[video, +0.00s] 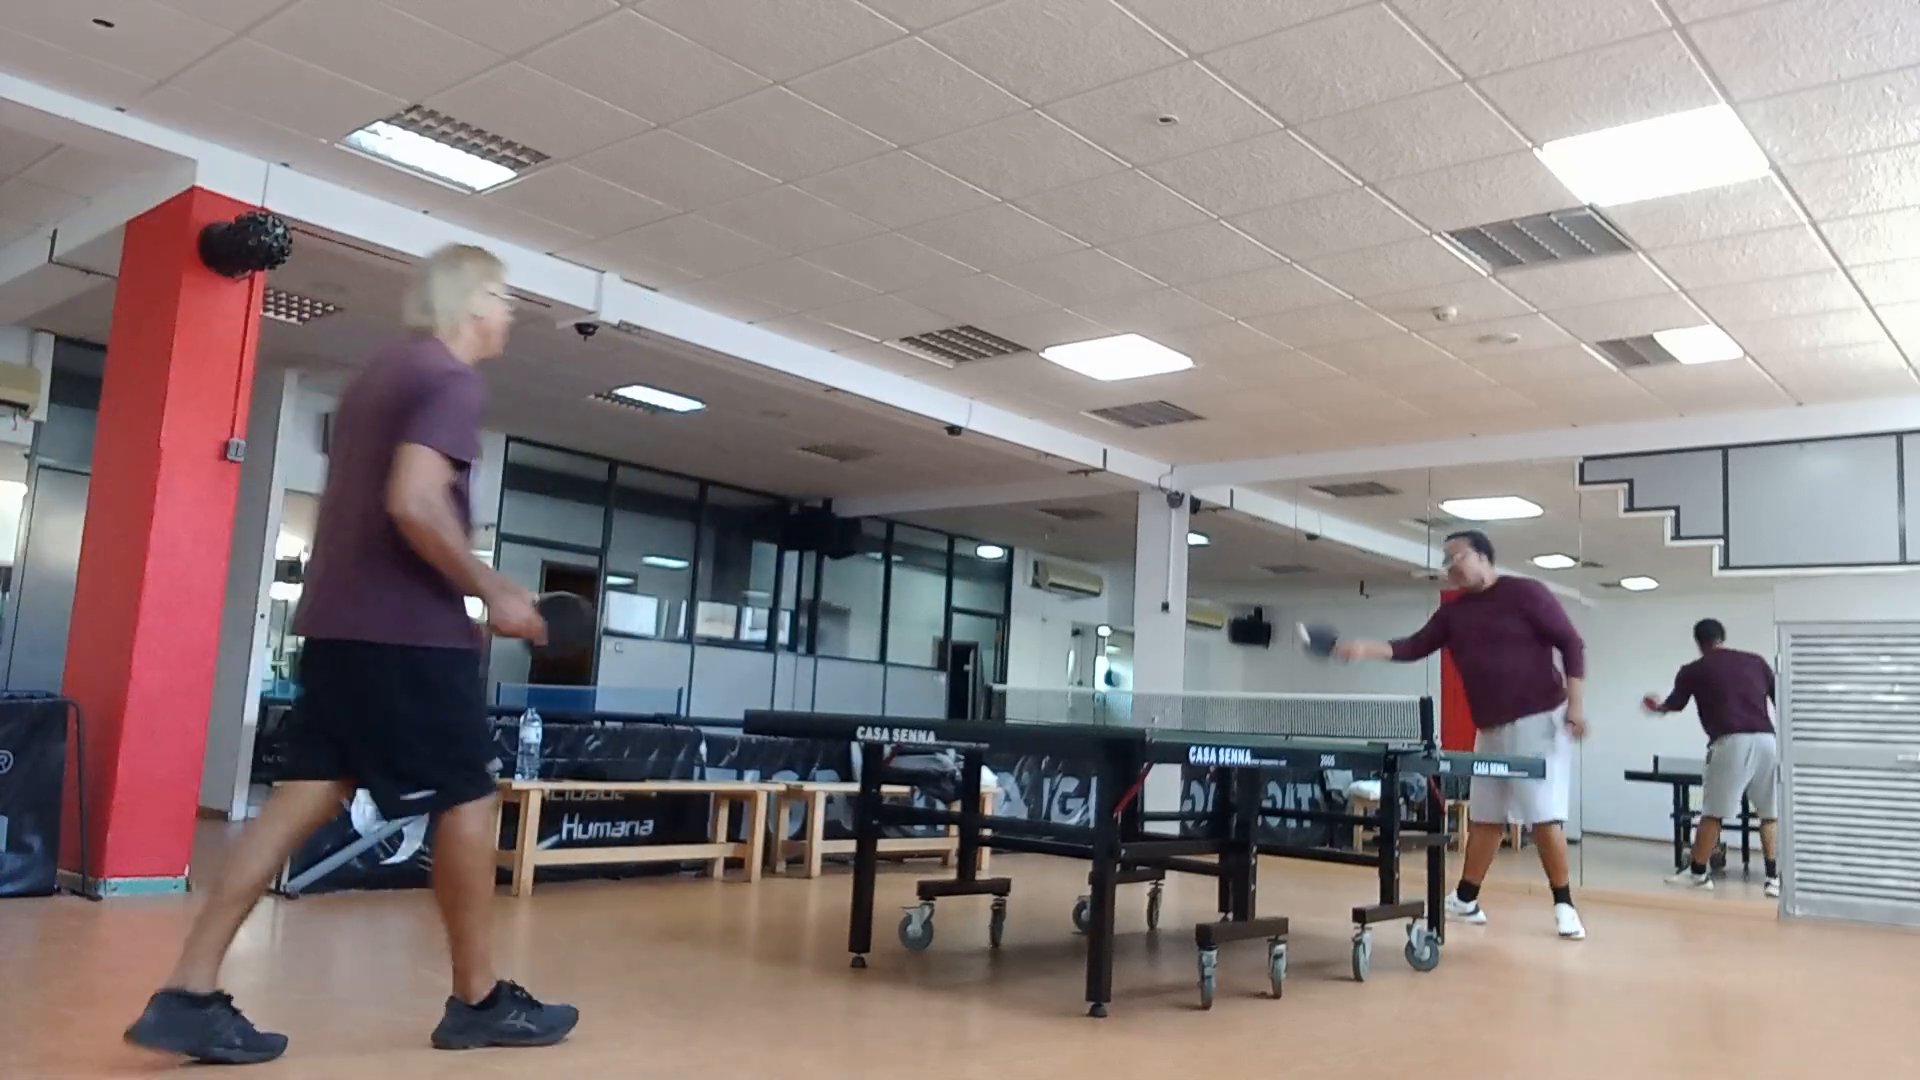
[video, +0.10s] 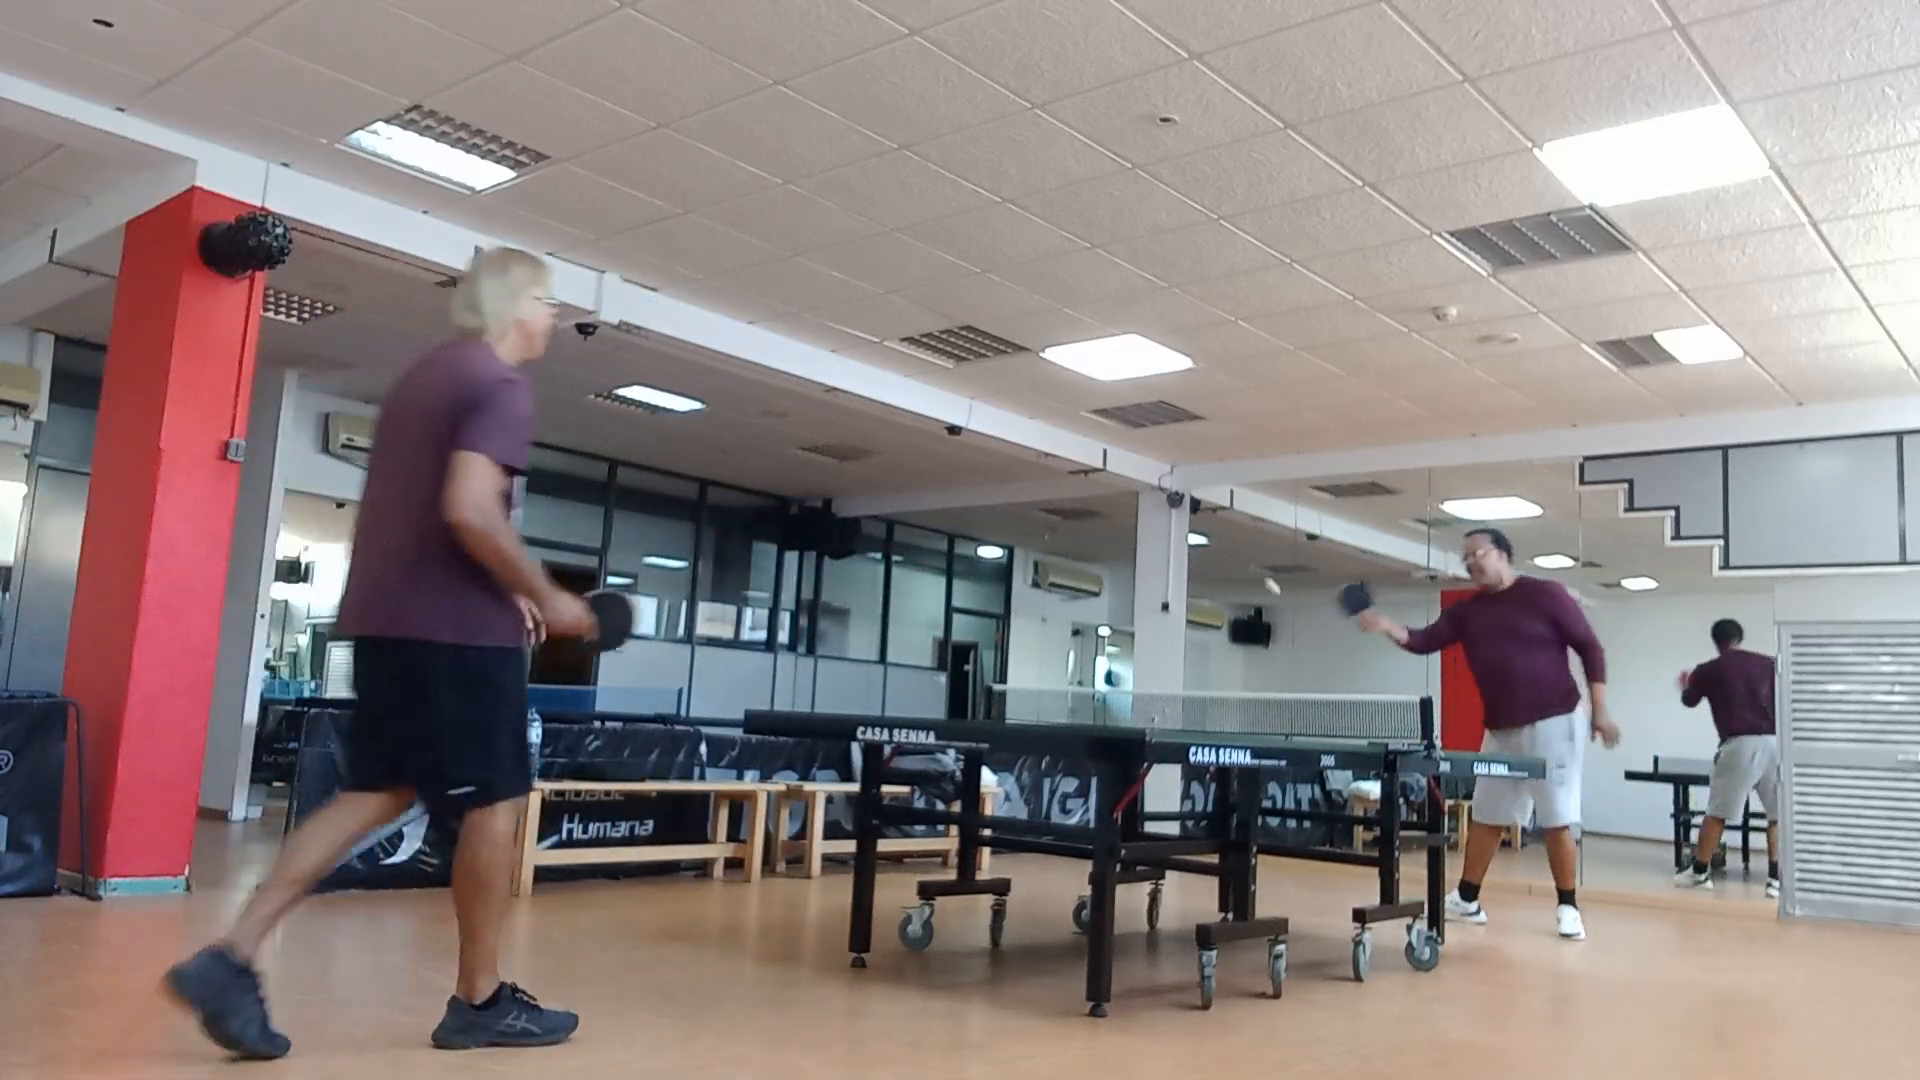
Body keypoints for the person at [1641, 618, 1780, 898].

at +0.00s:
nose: (1705, 646)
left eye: (1701, 642)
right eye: (1712, 641)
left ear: (1698, 643)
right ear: (1723, 638)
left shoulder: (1693, 671)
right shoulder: (1754, 661)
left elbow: (1676, 703)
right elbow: (1780, 699)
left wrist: (1656, 708)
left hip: (1730, 743)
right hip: (1766, 742)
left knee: (1713, 813)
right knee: (1769, 814)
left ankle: (1697, 872)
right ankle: (1773, 878)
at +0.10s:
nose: (1726, 645)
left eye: (1720, 641)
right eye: (1732, 639)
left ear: (1715, 642)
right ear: (1740, 638)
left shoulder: (1708, 670)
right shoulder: (1767, 663)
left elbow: (1690, 700)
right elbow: (1782, 695)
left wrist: (1686, 685)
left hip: (1739, 745)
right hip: (1775, 744)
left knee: (1717, 812)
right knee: (1777, 816)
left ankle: (1698, 871)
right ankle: (1776, 878)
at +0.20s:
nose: (1749, 643)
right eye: (1753, 638)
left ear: (1733, 640)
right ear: (1757, 638)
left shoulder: (1721, 669)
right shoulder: (1776, 663)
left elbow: (1705, 704)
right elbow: (1789, 696)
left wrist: (1727, 685)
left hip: (1745, 745)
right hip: (1780, 744)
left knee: (1727, 811)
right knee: (1780, 816)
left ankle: (1711, 870)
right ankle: (1776, 879)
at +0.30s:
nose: (1769, 642)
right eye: (1771, 636)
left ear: (1750, 638)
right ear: (1773, 636)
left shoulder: (1734, 669)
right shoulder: (1787, 665)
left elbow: (1722, 711)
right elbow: (1797, 701)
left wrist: (1744, 706)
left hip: (1752, 743)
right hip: (1784, 742)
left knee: (1746, 808)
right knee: (1783, 810)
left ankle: (1741, 867)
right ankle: (1777, 873)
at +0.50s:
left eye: (1783, 635)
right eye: (1791, 636)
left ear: (1773, 639)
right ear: (1795, 639)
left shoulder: (1755, 673)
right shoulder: (1801, 672)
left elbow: (1744, 715)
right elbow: (1812, 710)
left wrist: (1761, 735)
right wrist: (1807, 734)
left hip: (1766, 744)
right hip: (1795, 744)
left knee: (1781, 806)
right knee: (1788, 808)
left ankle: (1779, 869)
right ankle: (1777, 873)